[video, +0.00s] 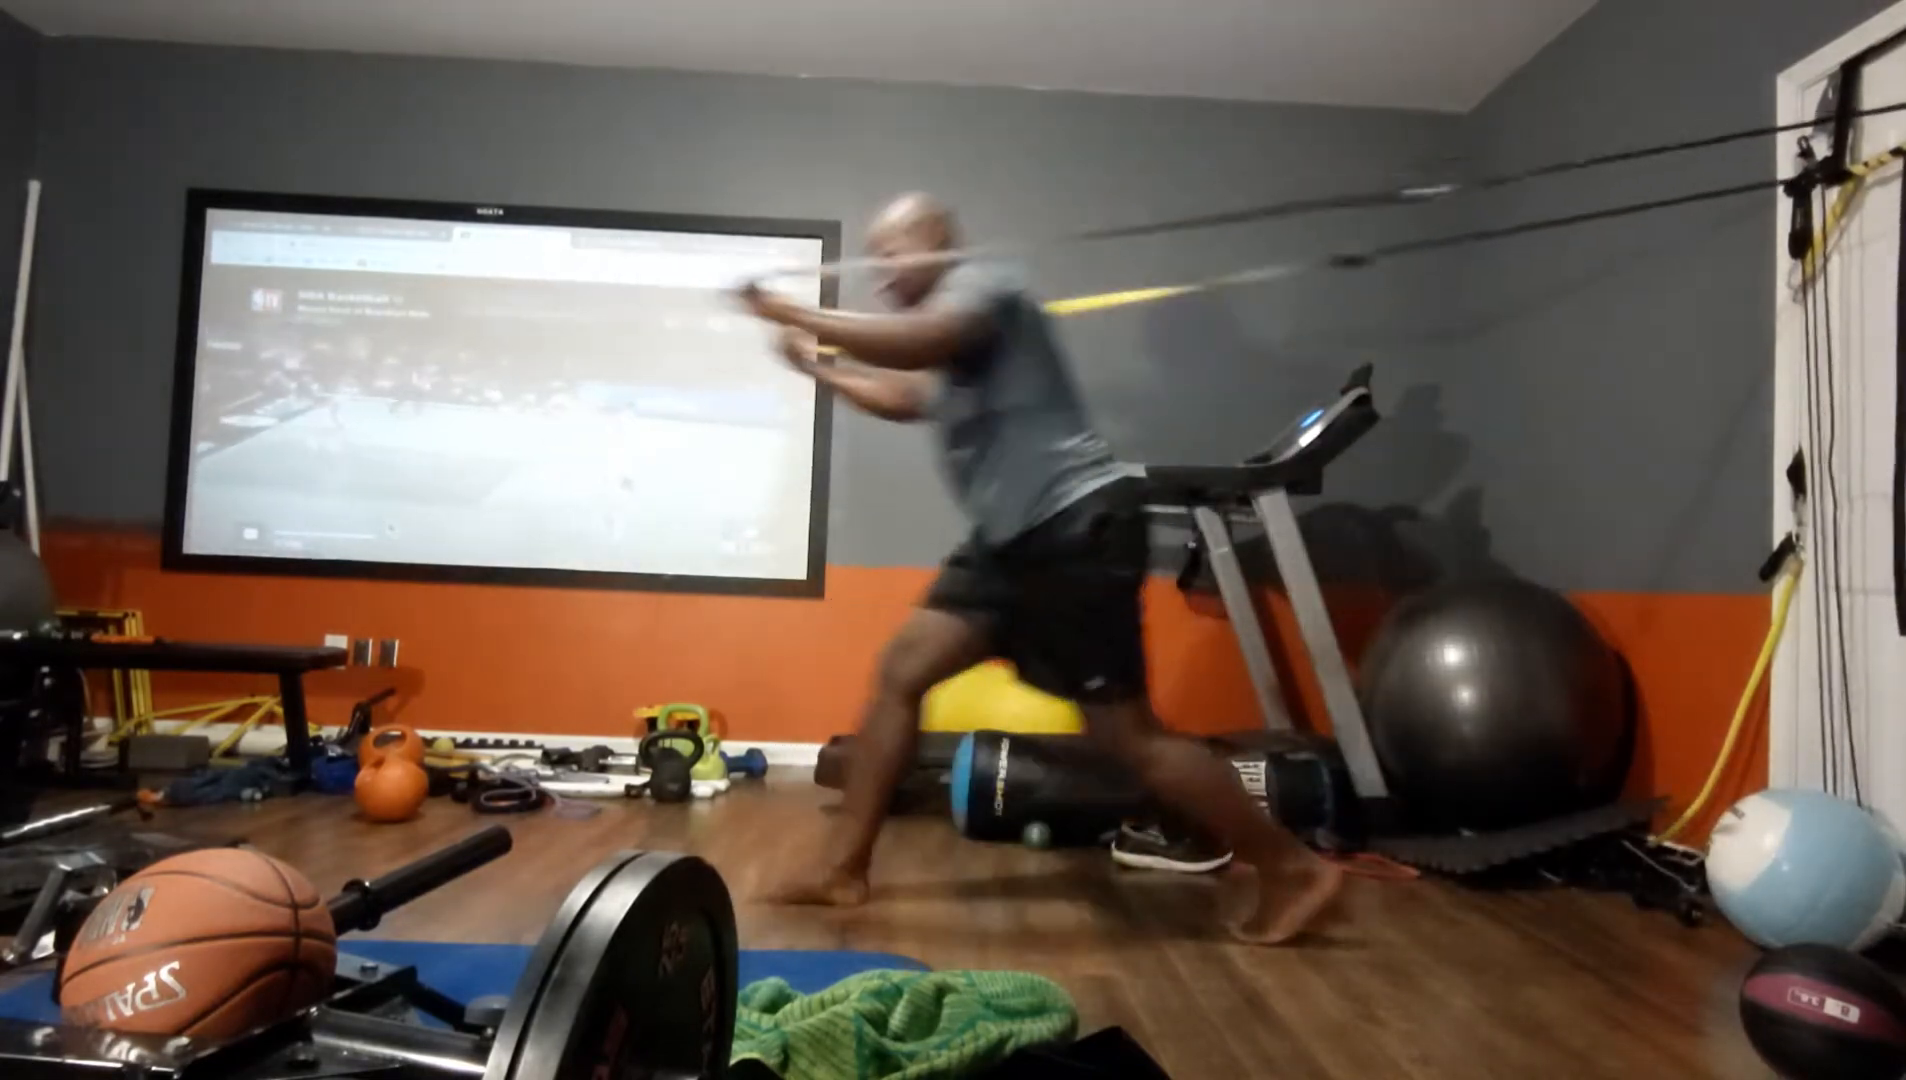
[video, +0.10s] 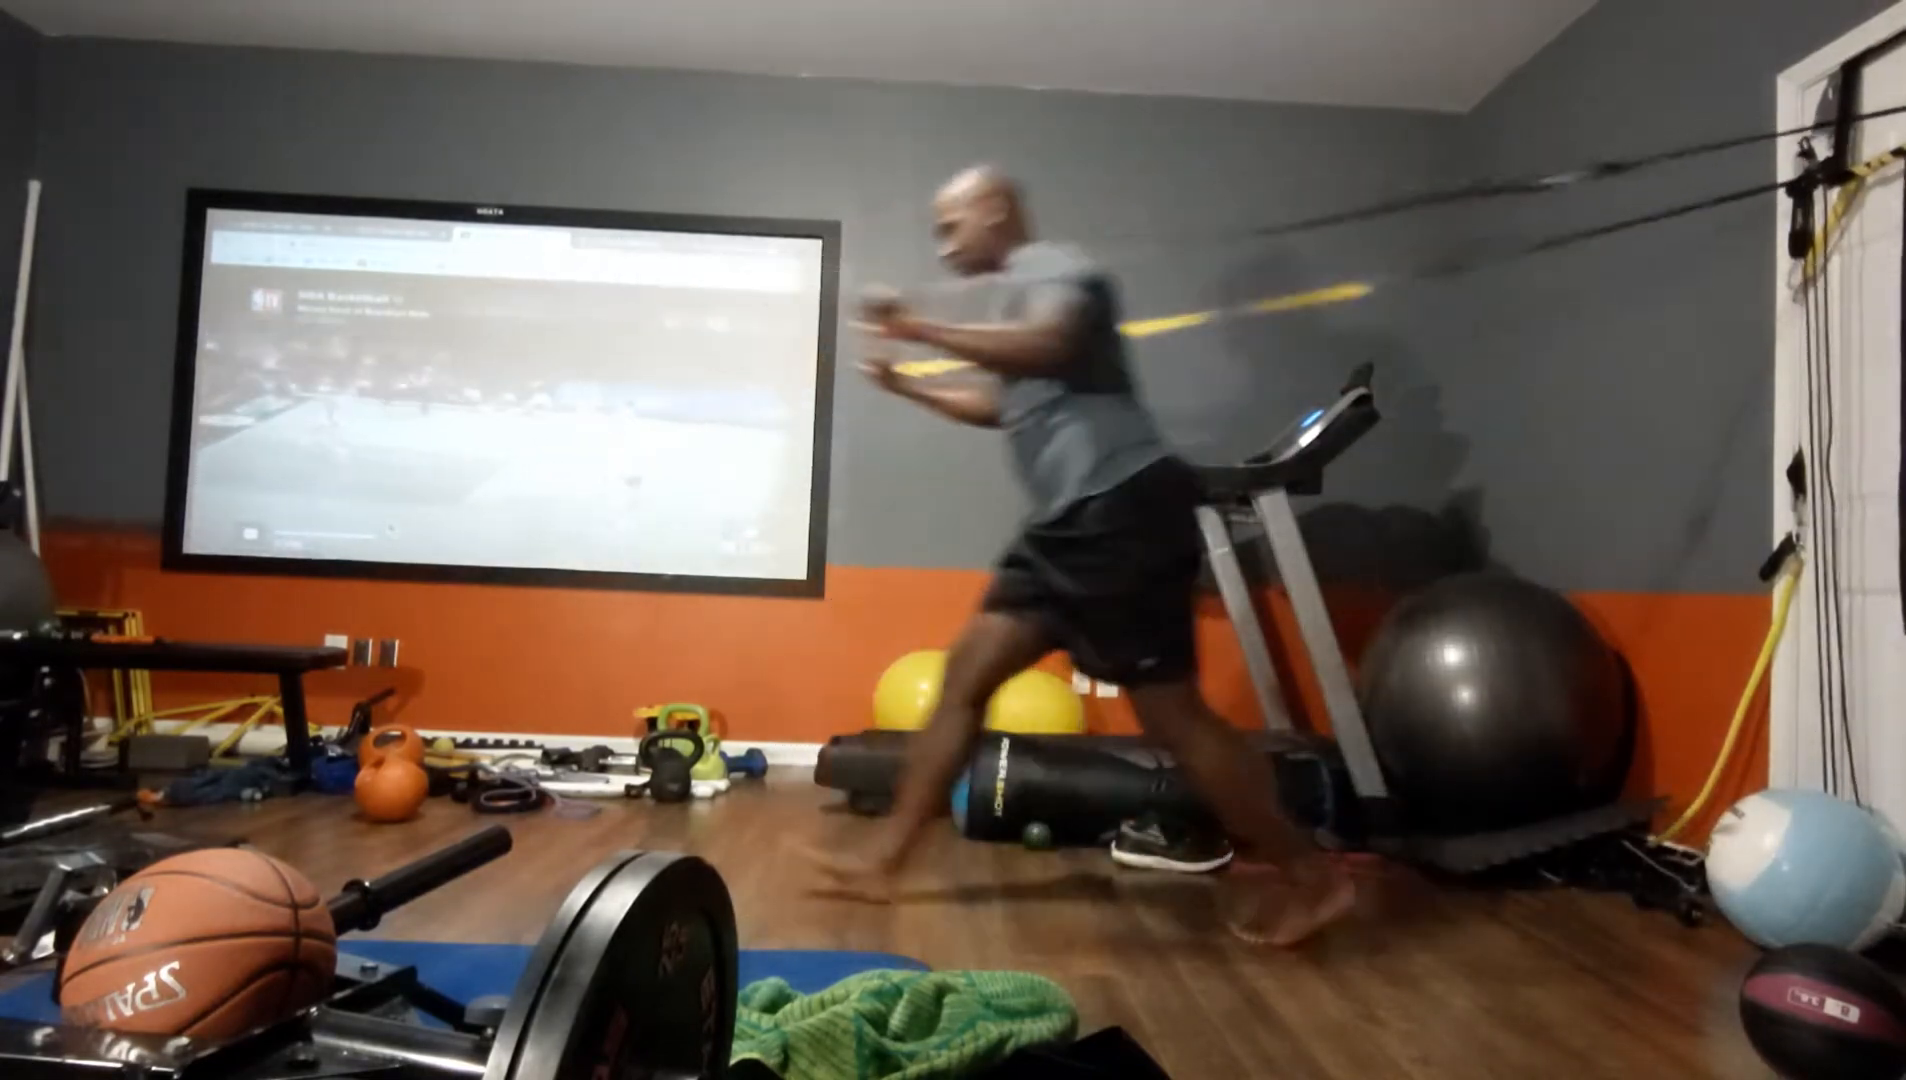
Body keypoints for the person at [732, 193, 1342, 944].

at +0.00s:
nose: (883, 270)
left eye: (895, 250)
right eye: (876, 258)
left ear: (940, 243)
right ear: (881, 262)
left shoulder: (988, 283)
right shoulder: (939, 343)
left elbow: (929, 338)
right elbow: (900, 398)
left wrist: (803, 317)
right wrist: (815, 363)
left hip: (1084, 523)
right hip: (1010, 542)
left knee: (1126, 736)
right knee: (903, 669)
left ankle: (1296, 872)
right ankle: (845, 871)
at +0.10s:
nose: (944, 242)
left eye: (953, 224)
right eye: (939, 232)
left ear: (1003, 211)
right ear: (966, 233)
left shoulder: (1054, 266)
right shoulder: (1003, 309)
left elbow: (1052, 342)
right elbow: (994, 405)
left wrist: (918, 326)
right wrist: (900, 383)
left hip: (1130, 505)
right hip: (1066, 522)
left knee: (1173, 717)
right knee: (965, 675)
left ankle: (1314, 876)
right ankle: (882, 864)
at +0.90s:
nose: (1118, 201)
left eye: (1132, 184)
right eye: (1119, 187)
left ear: (1182, 189)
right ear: (1170, 194)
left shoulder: (1240, 246)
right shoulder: (1182, 293)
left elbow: (1346, 322)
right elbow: (1237, 398)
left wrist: (1253, 384)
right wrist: (1162, 426)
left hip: (1319, 493)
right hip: (1249, 508)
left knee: (1344, 690)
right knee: (1251, 689)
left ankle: (1459, 882)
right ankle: (1327, 871)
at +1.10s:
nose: (1099, 209)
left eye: (1112, 191)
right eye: (1099, 196)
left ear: (1163, 191)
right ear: (1148, 199)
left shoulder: (1215, 248)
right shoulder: (1164, 297)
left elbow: (1322, 321)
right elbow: (1223, 399)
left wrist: (1230, 386)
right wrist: (1155, 423)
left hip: (1294, 503)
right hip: (1223, 521)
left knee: (1341, 698)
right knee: (1215, 696)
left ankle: (1458, 882)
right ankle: (1323, 865)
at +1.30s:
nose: (1052, 236)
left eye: (1060, 215)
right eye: (1049, 222)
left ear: (1110, 202)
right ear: (1086, 216)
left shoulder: (1168, 257)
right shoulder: (1115, 299)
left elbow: (1266, 334)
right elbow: (1163, 402)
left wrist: (1173, 391)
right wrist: (1098, 420)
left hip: (1219, 505)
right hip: (1168, 518)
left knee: (1210, 708)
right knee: (1192, 710)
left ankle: (1398, 845)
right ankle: (1319, 858)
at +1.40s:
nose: (1019, 254)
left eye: (1025, 234)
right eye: (1011, 241)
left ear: (1071, 214)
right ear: (1058, 224)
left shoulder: (1136, 271)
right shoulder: (1077, 316)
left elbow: (1220, 354)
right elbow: (1115, 412)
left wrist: (1118, 389)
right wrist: (1050, 416)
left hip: (1184, 513)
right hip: (1149, 520)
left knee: (1115, 708)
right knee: (1183, 708)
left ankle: (1302, 833)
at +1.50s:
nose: (968, 262)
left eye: (974, 241)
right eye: (959, 250)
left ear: (1020, 223)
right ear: (969, 255)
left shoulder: (1076, 274)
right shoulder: (1027, 319)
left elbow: (1121, 361)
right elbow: (1040, 416)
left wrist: (1001, 356)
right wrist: (959, 396)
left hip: (1149, 504)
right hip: (1120, 514)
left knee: (1019, 665)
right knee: (1182, 725)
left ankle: (1125, 829)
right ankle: (1314, 854)